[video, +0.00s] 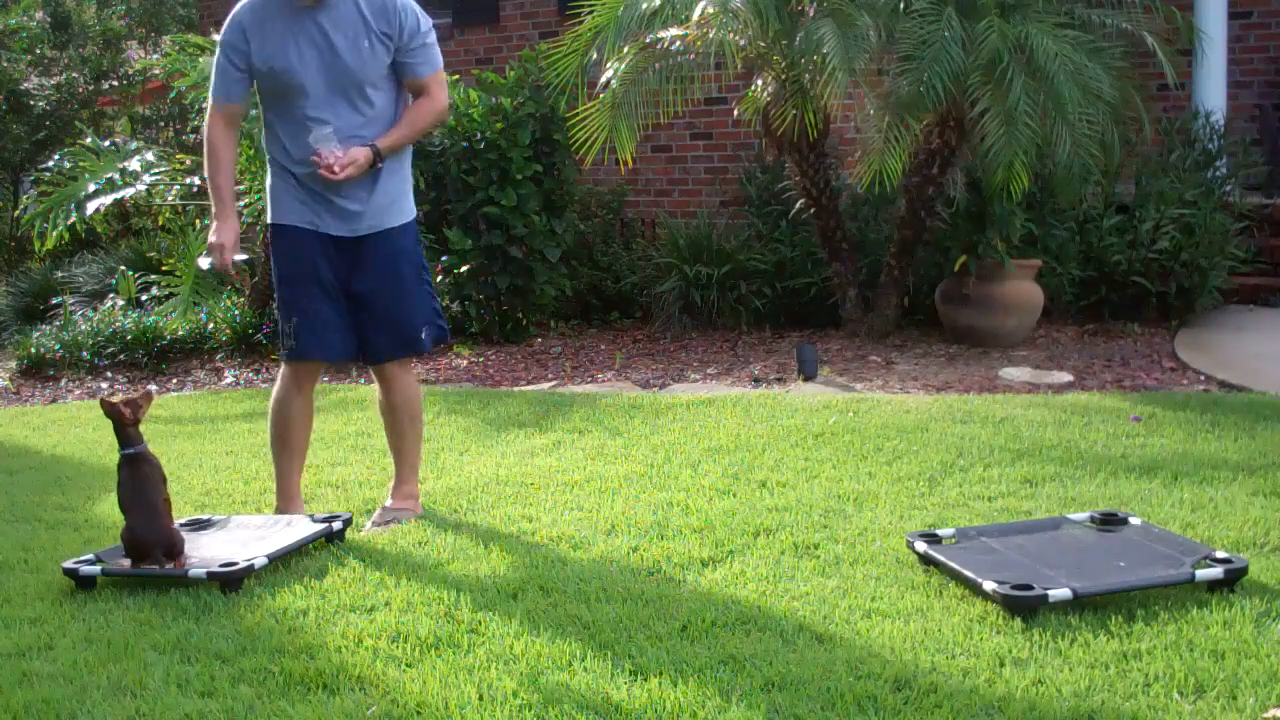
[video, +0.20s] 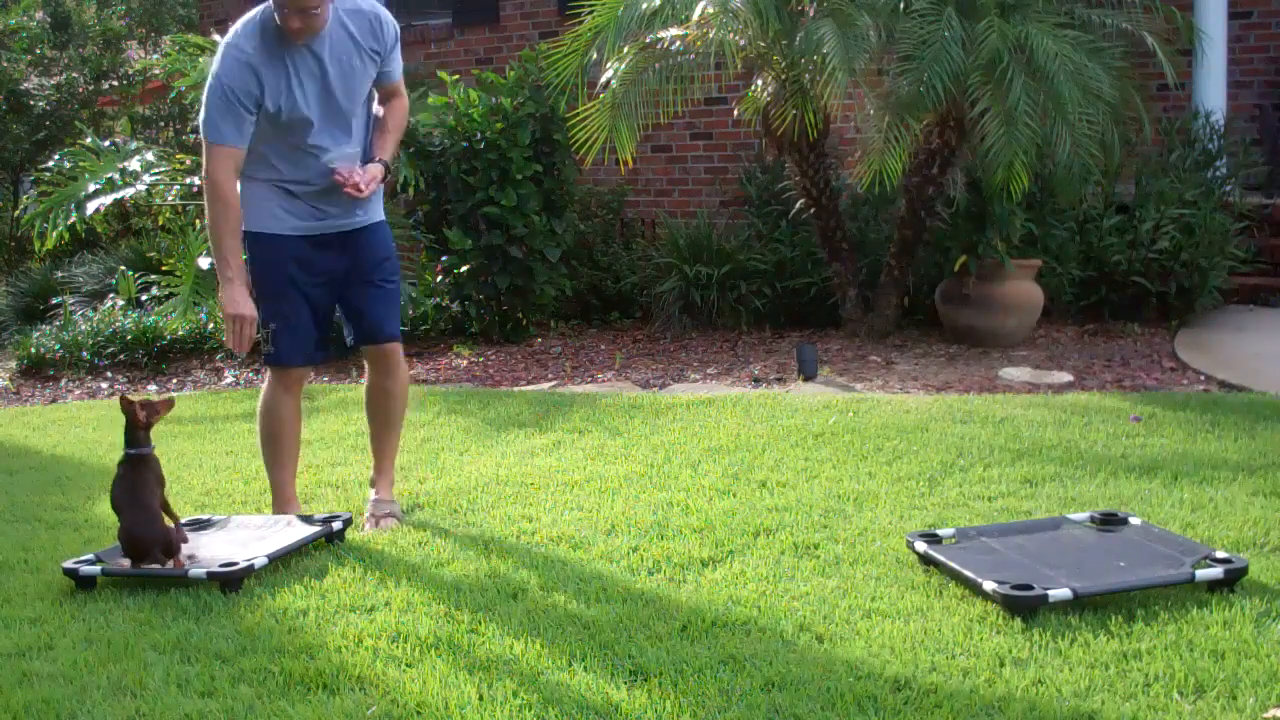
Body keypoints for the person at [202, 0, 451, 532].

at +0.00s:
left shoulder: (394, 9)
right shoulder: (249, 20)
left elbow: (435, 99)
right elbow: (221, 120)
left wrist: (374, 150)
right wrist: (224, 214)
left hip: (384, 212)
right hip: (300, 216)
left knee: (394, 359)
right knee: (300, 362)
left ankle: (406, 498)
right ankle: (288, 511)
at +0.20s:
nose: (302, 16)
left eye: (313, 8)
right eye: (290, 9)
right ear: (272, 0)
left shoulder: (373, 21)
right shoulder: (240, 55)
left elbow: (393, 96)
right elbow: (220, 174)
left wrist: (379, 161)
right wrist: (232, 282)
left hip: (361, 212)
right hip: (279, 218)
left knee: (386, 348)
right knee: (288, 368)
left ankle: (384, 492)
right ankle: (285, 513)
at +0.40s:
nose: (320, 80)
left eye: (333, 67)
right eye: (308, 67)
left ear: (354, 40)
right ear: (288, 34)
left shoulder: (375, 49)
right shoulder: (252, 85)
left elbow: (373, 114)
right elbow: (234, 220)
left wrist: (369, 196)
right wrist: (236, 332)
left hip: (344, 223)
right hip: (271, 232)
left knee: (354, 352)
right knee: (278, 369)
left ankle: (345, 499)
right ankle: (285, 510)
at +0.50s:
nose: (330, 100)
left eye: (343, 89)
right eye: (318, 88)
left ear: (363, 60)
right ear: (300, 57)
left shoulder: (377, 58)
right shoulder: (260, 100)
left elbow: (371, 123)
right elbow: (236, 232)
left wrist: (360, 200)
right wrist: (234, 344)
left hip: (332, 219)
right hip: (264, 228)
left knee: (337, 353)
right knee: (272, 368)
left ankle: (342, 500)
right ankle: (283, 510)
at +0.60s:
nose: (339, 113)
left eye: (352, 102)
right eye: (326, 101)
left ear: (373, 70)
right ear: (309, 67)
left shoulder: (379, 65)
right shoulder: (263, 110)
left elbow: (368, 128)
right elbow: (240, 240)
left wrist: (356, 201)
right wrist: (236, 352)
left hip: (326, 221)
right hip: (259, 232)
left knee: (334, 354)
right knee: (267, 370)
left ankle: (341, 501)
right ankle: (282, 512)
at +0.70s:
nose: (346, 117)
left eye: (360, 105)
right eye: (334, 104)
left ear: (379, 75)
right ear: (316, 68)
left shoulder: (382, 66)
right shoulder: (268, 110)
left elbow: (372, 125)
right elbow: (245, 244)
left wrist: (357, 202)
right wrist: (241, 355)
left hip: (327, 221)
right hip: (260, 231)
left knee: (338, 354)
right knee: (269, 370)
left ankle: (342, 501)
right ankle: (282, 511)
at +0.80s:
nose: (353, 117)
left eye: (367, 106)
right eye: (341, 105)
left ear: (386, 76)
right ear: (323, 70)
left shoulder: (388, 66)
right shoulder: (274, 113)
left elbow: (377, 121)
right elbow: (253, 246)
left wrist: (369, 196)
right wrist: (249, 359)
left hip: (332, 217)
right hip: (263, 230)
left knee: (355, 345)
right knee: (272, 371)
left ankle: (344, 496)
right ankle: (283, 512)